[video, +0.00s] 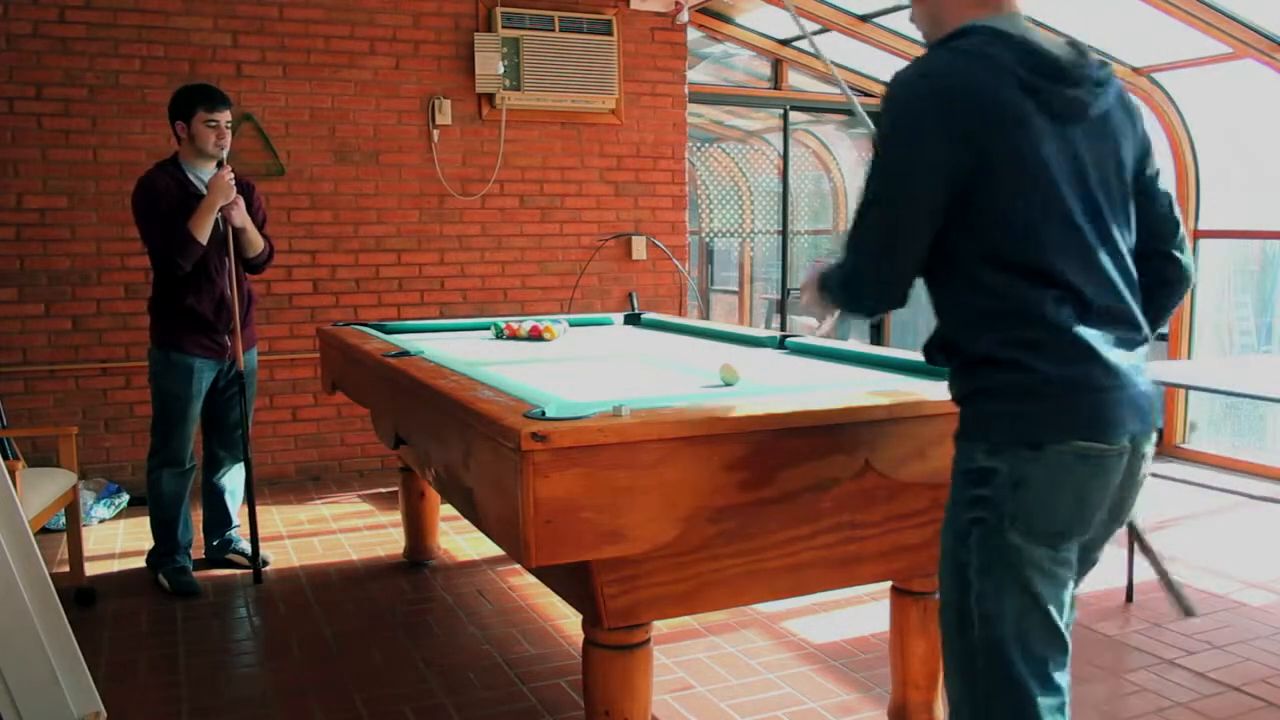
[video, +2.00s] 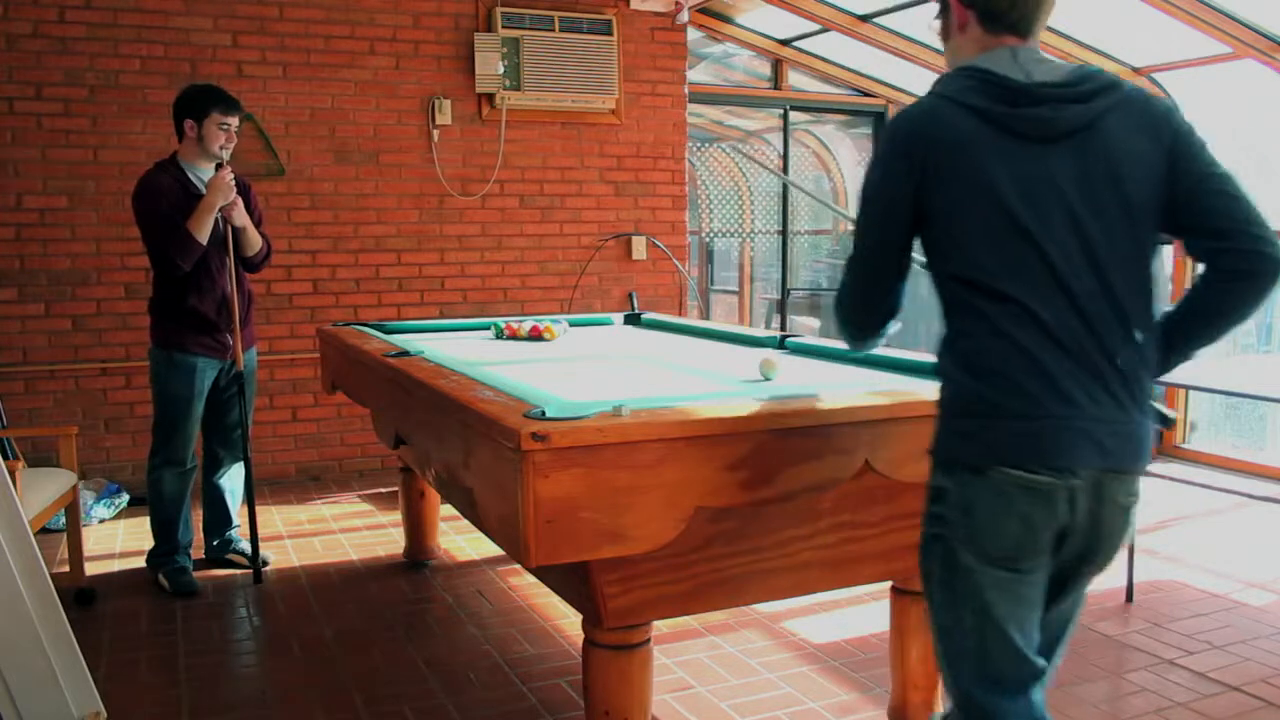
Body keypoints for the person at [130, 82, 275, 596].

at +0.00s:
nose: (223, 134)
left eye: (228, 126)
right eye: (212, 125)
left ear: (232, 131)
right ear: (181, 129)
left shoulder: (240, 186)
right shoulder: (156, 187)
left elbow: (259, 262)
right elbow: (175, 262)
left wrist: (243, 223)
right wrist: (209, 205)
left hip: (238, 339)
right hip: (183, 341)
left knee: (229, 450)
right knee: (175, 454)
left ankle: (223, 542)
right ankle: (171, 558)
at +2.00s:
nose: (231, 138)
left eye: (235, 129)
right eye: (223, 128)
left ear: (236, 133)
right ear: (190, 128)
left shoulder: (235, 184)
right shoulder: (156, 187)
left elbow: (257, 261)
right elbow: (176, 261)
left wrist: (242, 221)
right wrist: (209, 204)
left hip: (238, 339)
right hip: (184, 341)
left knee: (229, 450)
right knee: (176, 455)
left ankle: (223, 542)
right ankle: (171, 558)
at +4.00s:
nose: (226, 137)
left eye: (229, 128)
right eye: (217, 127)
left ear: (224, 133)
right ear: (183, 129)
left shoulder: (223, 187)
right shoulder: (152, 186)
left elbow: (255, 265)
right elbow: (176, 265)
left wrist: (255, 241)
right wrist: (229, 226)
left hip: (231, 339)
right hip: (183, 341)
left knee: (233, 452)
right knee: (188, 457)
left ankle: (224, 541)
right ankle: (193, 566)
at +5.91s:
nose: (240, 140)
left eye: (243, 131)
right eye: (231, 130)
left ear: (240, 136)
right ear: (198, 130)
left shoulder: (237, 190)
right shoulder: (166, 186)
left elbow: (255, 267)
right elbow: (188, 267)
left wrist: (266, 248)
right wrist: (244, 227)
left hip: (240, 341)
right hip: (197, 342)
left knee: (237, 453)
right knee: (198, 458)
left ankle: (231, 545)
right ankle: (194, 565)